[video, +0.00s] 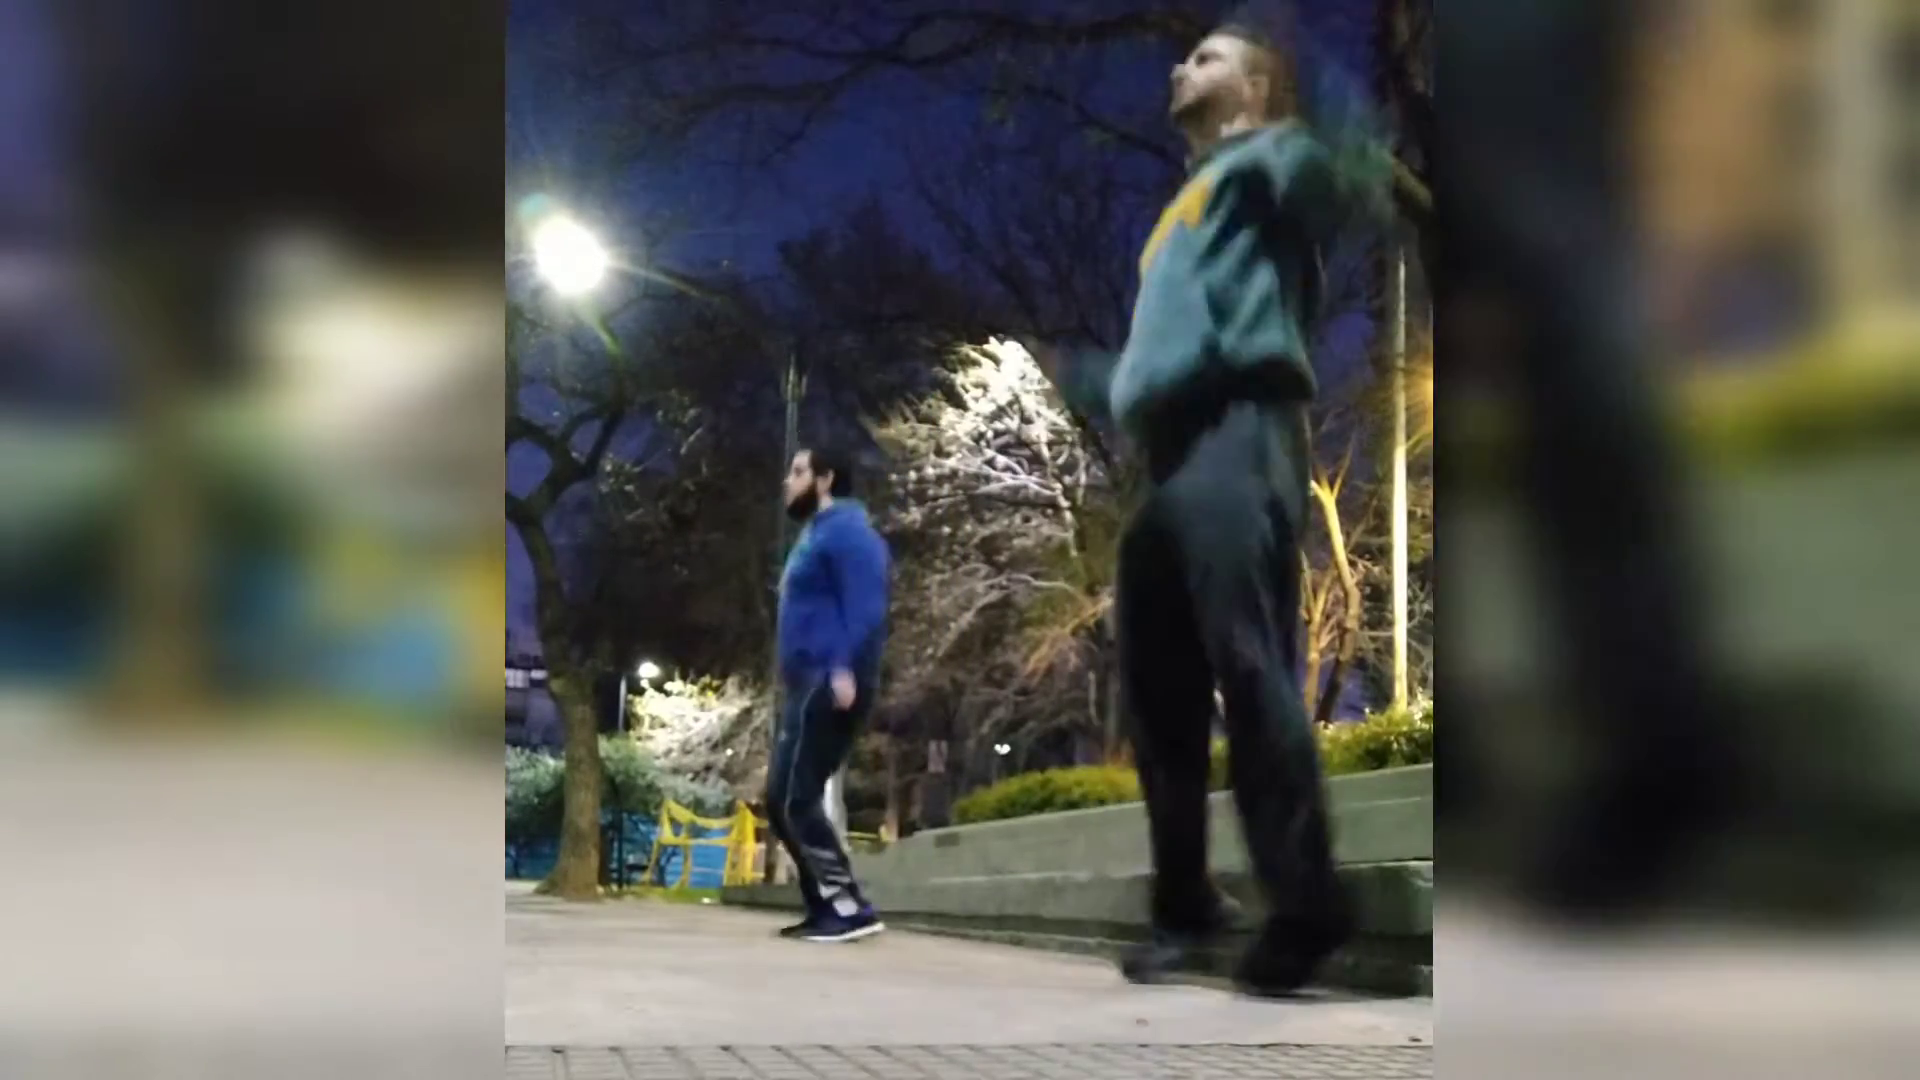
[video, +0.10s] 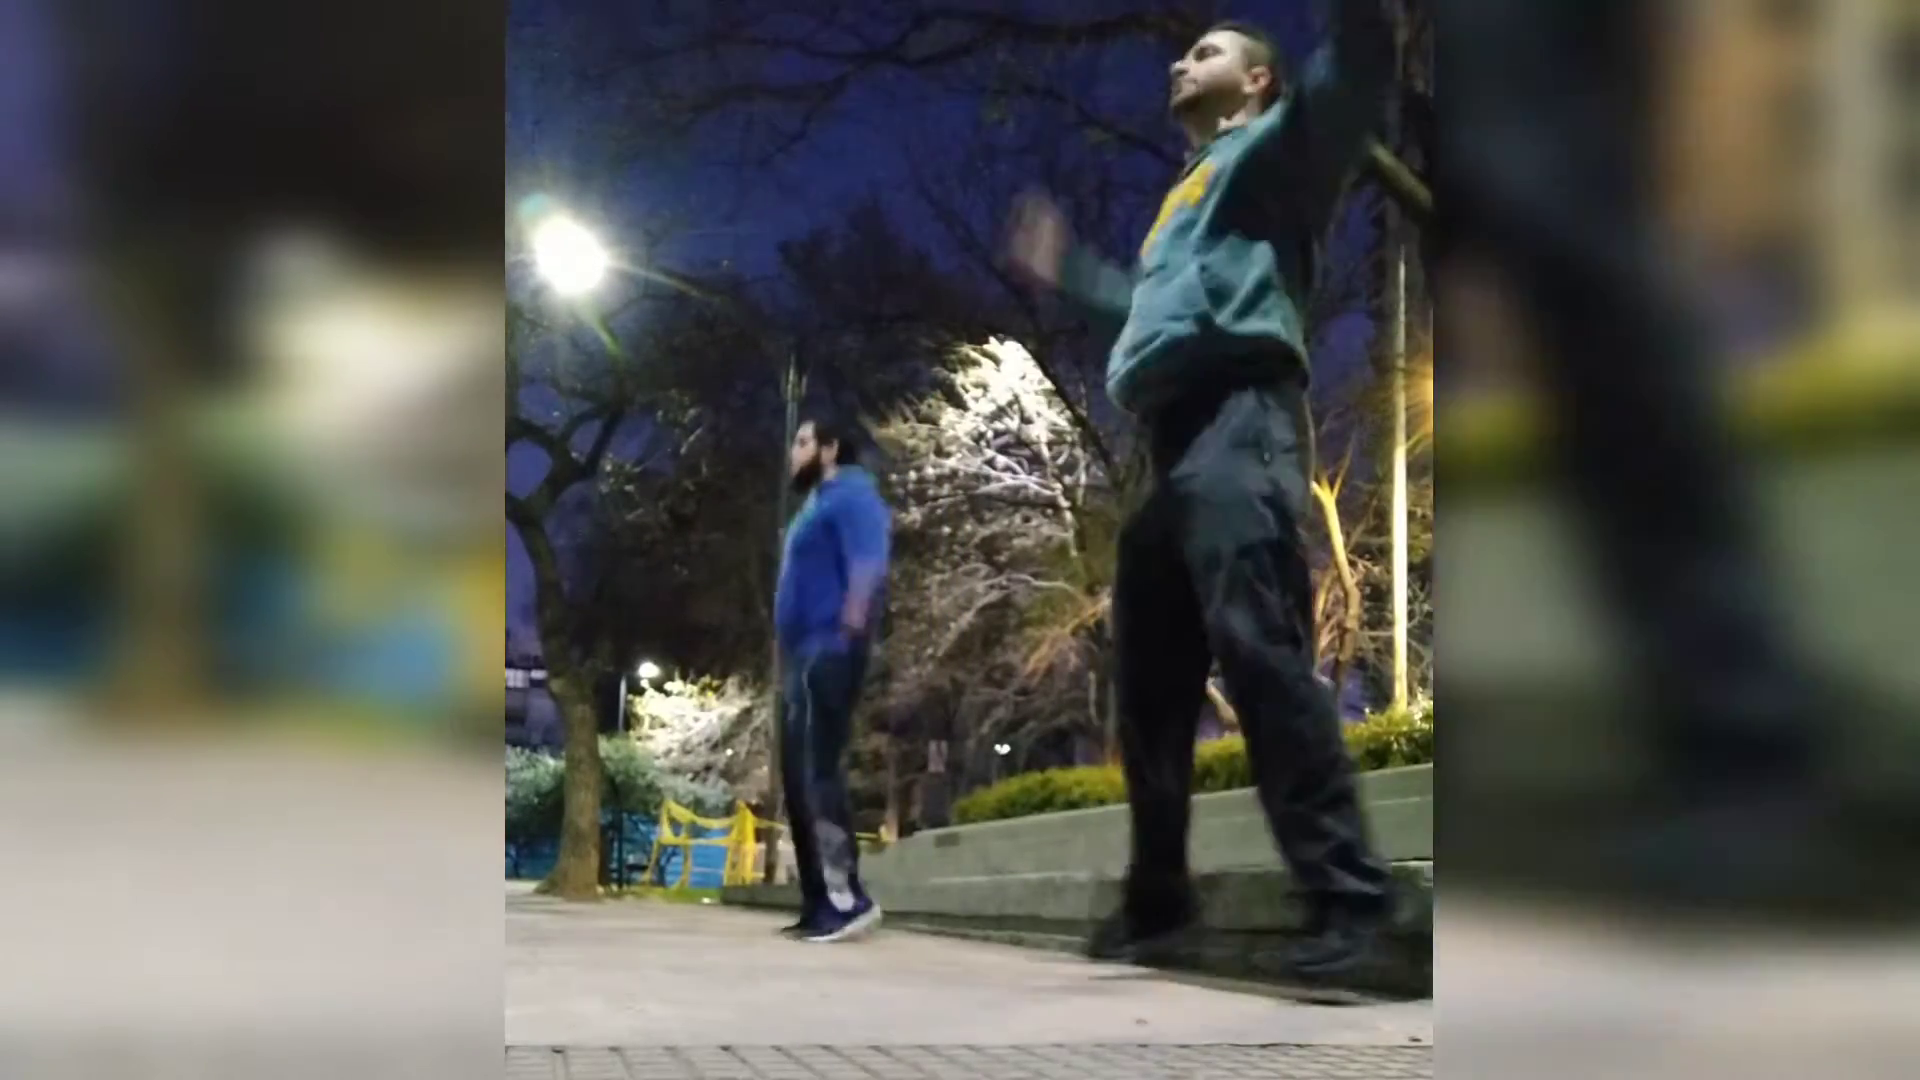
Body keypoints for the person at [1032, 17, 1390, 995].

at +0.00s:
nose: (1185, 68)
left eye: (1209, 55)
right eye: (1185, 58)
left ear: (1262, 85)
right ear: (1185, 95)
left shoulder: (1268, 157)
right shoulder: (1183, 206)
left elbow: (1333, 194)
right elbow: (1162, 355)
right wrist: (1092, 374)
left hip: (1242, 423)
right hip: (1167, 443)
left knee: (1247, 662)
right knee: (1161, 687)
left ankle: (1305, 908)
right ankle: (1185, 915)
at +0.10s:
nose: (1182, 65)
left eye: (1207, 53)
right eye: (1182, 57)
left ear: (1260, 77)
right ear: (1193, 97)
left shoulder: (1282, 146)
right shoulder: (1180, 202)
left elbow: (1350, 80)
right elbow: (1148, 303)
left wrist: (1362, 3)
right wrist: (1062, 265)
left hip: (1244, 414)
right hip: (1173, 440)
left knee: (1258, 653)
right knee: (1152, 682)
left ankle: (1352, 905)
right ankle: (1157, 905)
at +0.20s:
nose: (1184, 99)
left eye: (1207, 89)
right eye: (1182, 92)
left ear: (1249, 114)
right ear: (1182, 131)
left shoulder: (1268, 173)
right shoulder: (1158, 232)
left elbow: (1319, 53)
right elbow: (1125, 226)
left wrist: (1345, 1)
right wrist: (1130, 130)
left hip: (1242, 454)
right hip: (1165, 477)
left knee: (1268, 687)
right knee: (1129, 714)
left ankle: (1395, 942)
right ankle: (1129, 925)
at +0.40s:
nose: (1165, 135)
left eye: (1188, 121)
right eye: (1166, 127)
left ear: (1238, 141)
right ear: (1176, 161)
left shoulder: (1272, 204)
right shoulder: (1150, 249)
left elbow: (1316, 35)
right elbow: (1117, 224)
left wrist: (1203, 24)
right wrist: (1136, 138)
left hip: (1245, 485)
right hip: (1168, 511)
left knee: (1255, 733)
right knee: (1120, 748)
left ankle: (1404, 951)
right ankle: (1135, 938)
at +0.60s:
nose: (1148, 74)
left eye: (1170, 60)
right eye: (1150, 63)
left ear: (1226, 84)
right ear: (1181, 96)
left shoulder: (1242, 151)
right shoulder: (1172, 197)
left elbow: (1309, 173)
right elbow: (1163, 346)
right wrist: (1109, 413)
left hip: (1225, 434)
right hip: (1163, 453)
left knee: (1229, 675)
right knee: (1133, 692)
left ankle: (1279, 918)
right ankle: (1173, 912)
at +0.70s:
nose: (1142, 121)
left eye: (1166, 109)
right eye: (1143, 113)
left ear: (1216, 134)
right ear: (1158, 151)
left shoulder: (1253, 214)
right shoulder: (1167, 244)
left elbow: (1311, 361)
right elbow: (1164, 386)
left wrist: (1249, 444)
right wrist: (1127, 506)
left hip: (1223, 497)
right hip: (1151, 509)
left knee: (1181, 714)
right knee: (1124, 718)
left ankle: (1246, 948)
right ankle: (1184, 940)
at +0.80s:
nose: (1147, 111)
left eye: (1170, 97)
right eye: (1147, 103)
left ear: (1221, 122)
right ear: (1162, 136)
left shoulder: (1256, 204)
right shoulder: (1169, 242)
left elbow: (1309, 327)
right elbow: (1155, 389)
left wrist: (1241, 415)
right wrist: (1116, 500)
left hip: (1217, 495)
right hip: (1148, 513)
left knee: (1189, 718)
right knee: (1125, 722)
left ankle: (1241, 945)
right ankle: (1181, 938)